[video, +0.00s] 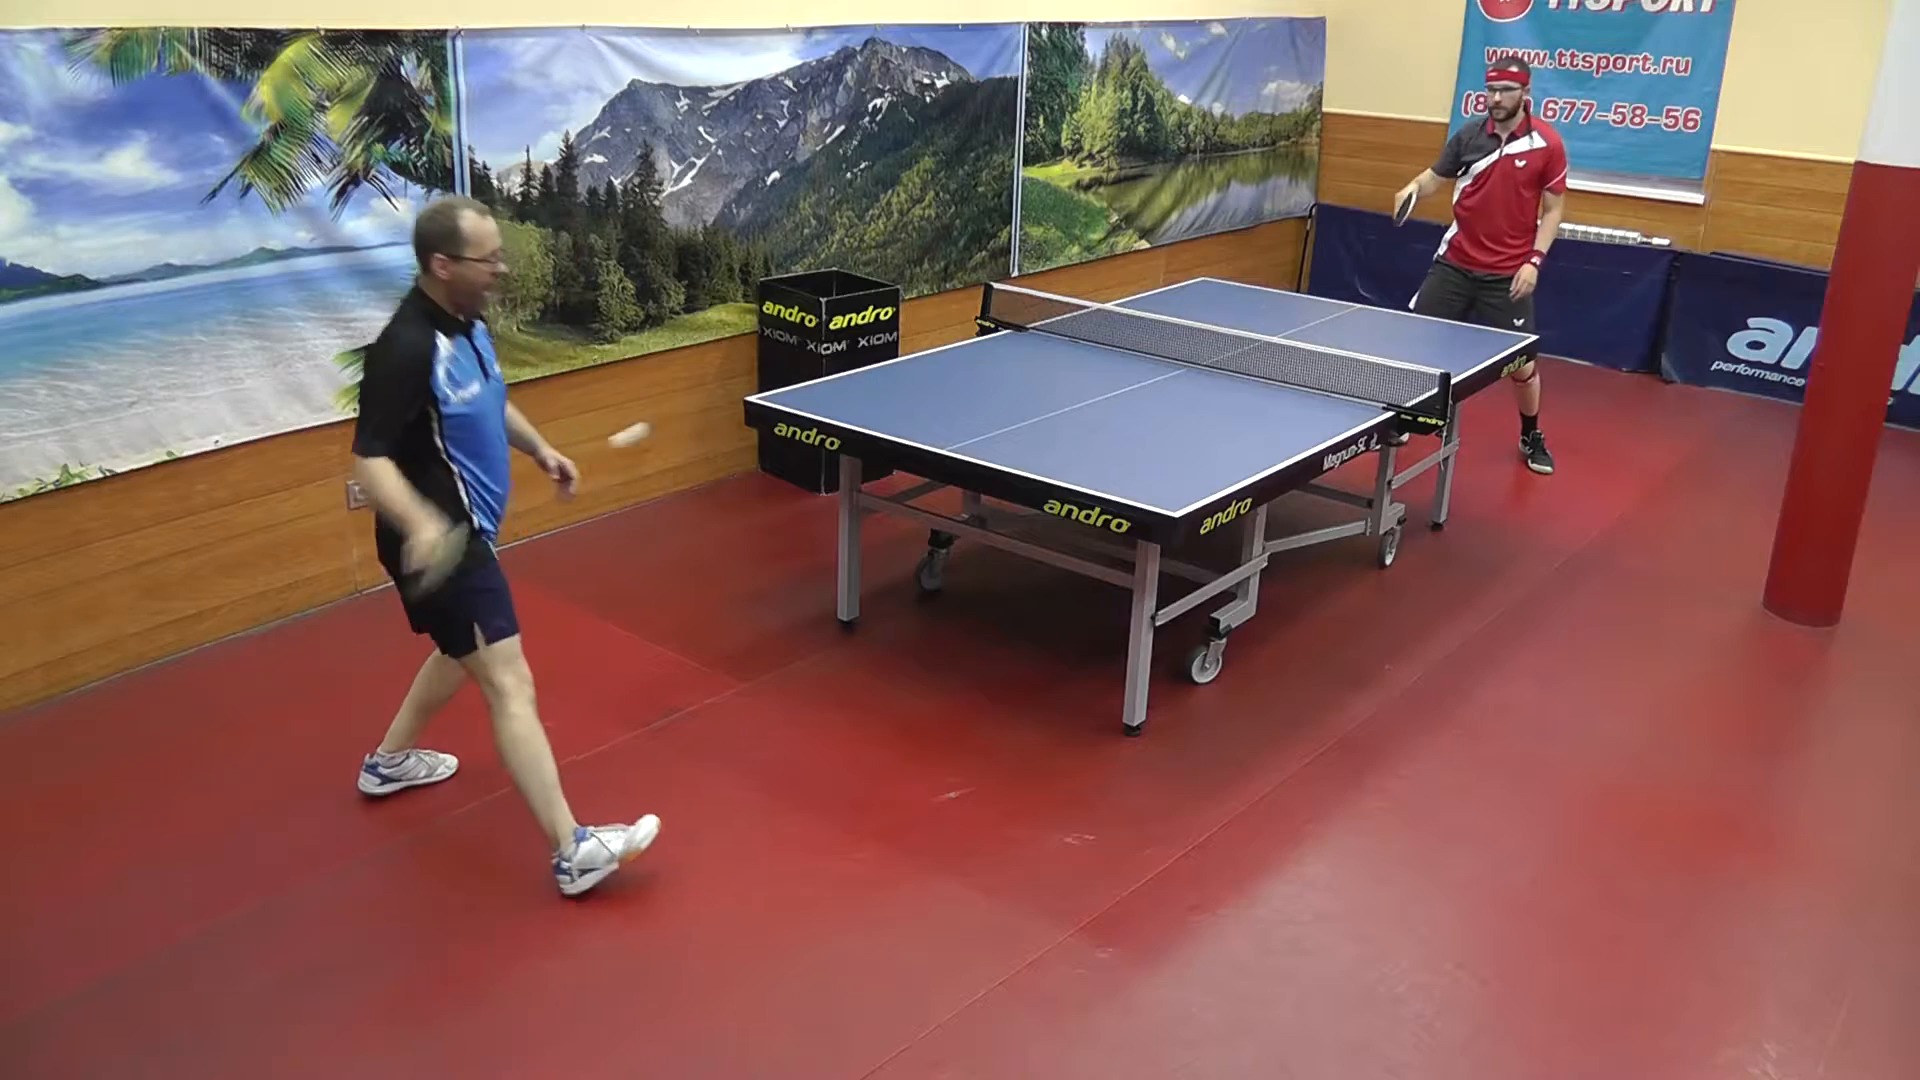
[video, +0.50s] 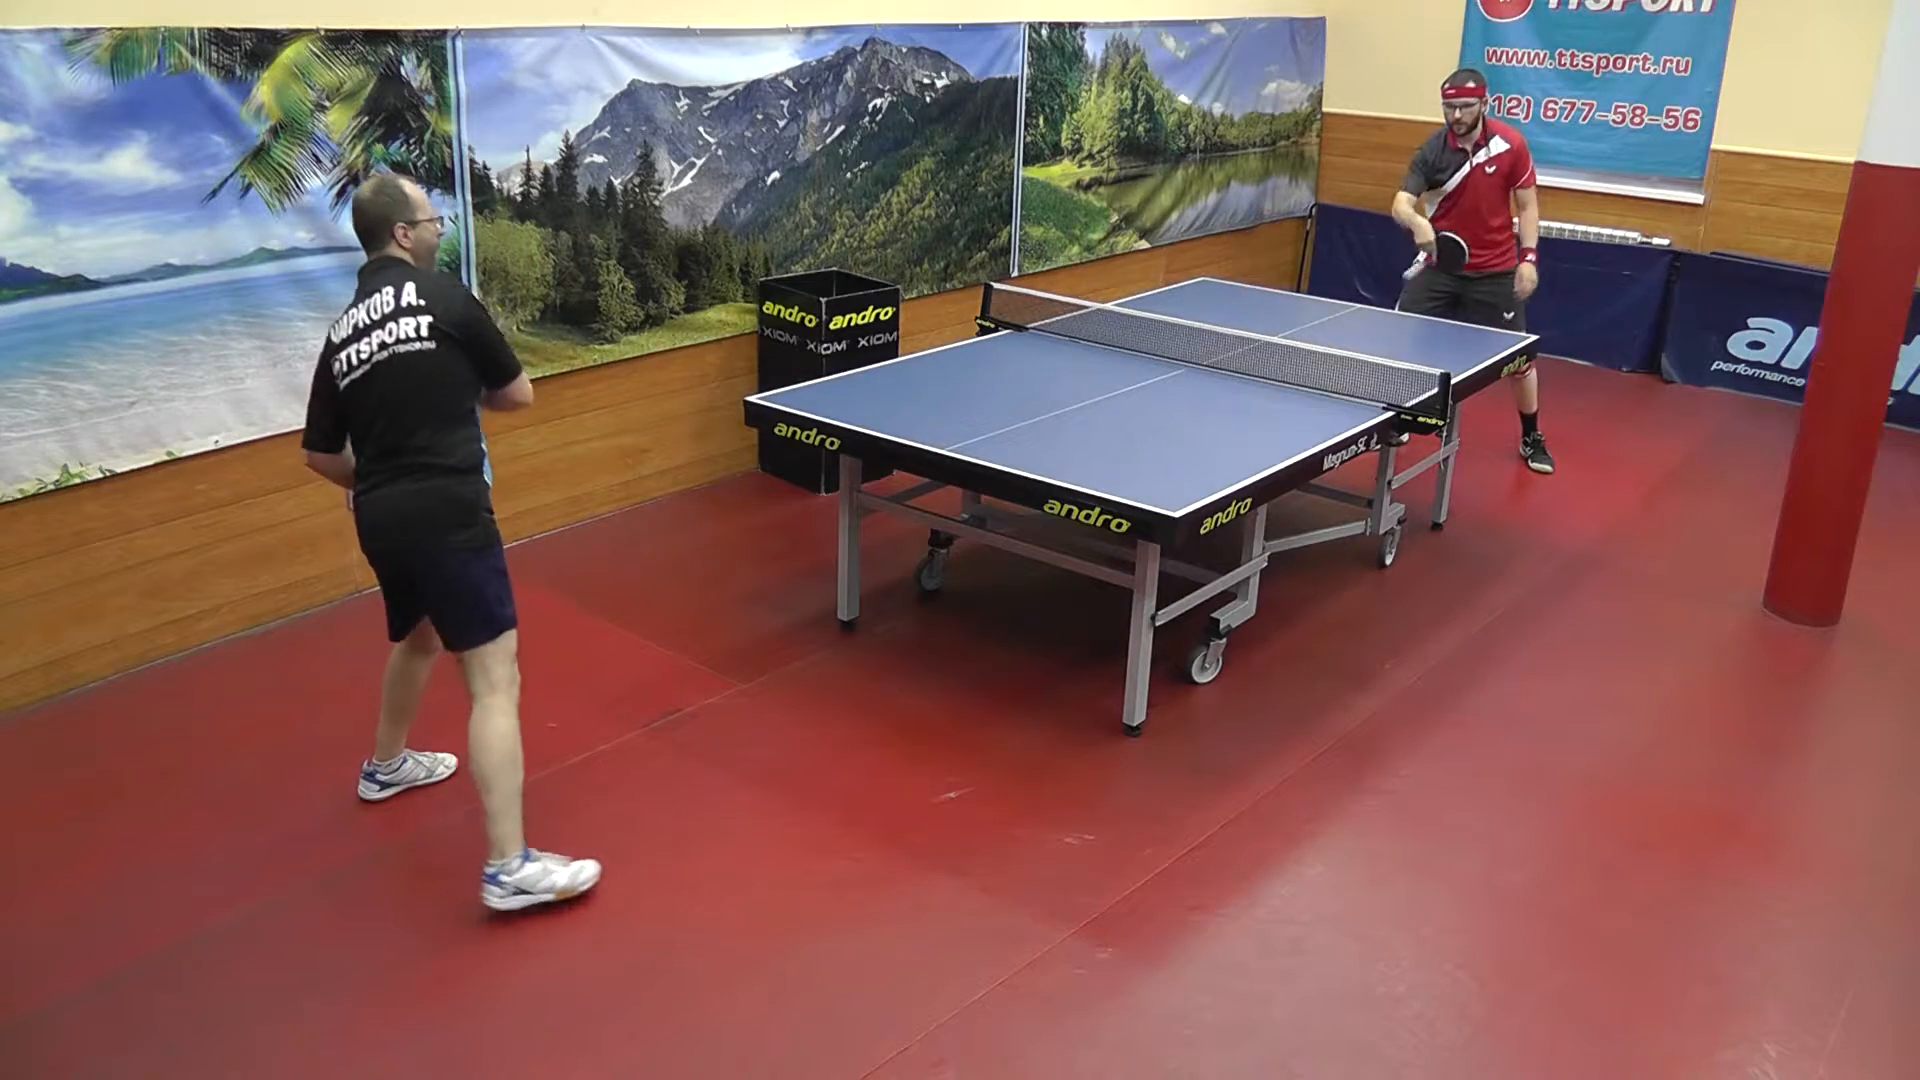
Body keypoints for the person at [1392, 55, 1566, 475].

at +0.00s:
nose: (1495, 99)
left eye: (1505, 91)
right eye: (1490, 90)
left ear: (1524, 94)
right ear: (1485, 92)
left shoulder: (1547, 144)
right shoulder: (1469, 134)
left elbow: (1553, 210)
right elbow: (1437, 175)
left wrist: (1534, 262)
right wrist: (1415, 187)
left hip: (1508, 276)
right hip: (1454, 265)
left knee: (1523, 366)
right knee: (1414, 338)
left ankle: (1531, 437)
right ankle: (1401, 414)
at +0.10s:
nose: (1484, 98)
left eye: (1493, 90)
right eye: (1479, 89)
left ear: (1514, 93)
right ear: (1473, 92)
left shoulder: (1540, 141)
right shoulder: (1461, 137)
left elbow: (1546, 207)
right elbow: (1432, 181)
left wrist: (1524, 259)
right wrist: (1408, 196)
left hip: (1505, 273)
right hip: (1452, 264)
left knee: (1521, 363)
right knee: (1413, 338)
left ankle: (1531, 437)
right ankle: (1402, 414)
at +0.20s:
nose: (1473, 99)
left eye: (1483, 91)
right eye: (1469, 90)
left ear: (1504, 93)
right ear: (1463, 93)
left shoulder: (1532, 141)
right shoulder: (1456, 137)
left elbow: (1540, 205)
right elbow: (1428, 184)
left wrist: (1515, 257)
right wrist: (1399, 199)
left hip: (1503, 271)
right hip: (1450, 263)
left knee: (1520, 362)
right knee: (1413, 337)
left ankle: (1531, 437)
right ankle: (1406, 412)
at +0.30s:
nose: (1463, 106)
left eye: (1472, 98)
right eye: (1458, 97)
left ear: (1492, 98)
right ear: (1453, 98)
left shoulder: (1521, 145)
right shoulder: (1448, 142)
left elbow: (1534, 209)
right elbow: (1419, 187)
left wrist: (1508, 259)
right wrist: (1395, 205)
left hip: (1500, 273)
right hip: (1447, 266)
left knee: (1518, 363)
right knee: (1409, 338)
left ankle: (1531, 437)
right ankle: (1403, 413)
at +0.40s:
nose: (1457, 113)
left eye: (1465, 105)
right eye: (1451, 105)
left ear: (1484, 104)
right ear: (1444, 105)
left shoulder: (1514, 146)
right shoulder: (1439, 144)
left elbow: (1528, 211)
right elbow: (1406, 197)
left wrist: (1512, 265)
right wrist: (1411, 221)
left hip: (1494, 274)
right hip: (1441, 268)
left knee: (1517, 362)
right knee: (1398, 336)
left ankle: (1531, 438)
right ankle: (1398, 414)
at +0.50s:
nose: (1457, 115)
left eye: (1466, 107)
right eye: (1451, 107)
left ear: (1484, 105)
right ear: (1443, 107)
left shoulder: (1511, 144)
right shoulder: (1434, 147)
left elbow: (1527, 206)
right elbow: (1401, 203)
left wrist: (1528, 259)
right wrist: (1416, 222)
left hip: (1496, 273)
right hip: (1439, 270)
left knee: (1519, 357)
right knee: (1398, 338)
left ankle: (1532, 438)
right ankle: (1395, 415)